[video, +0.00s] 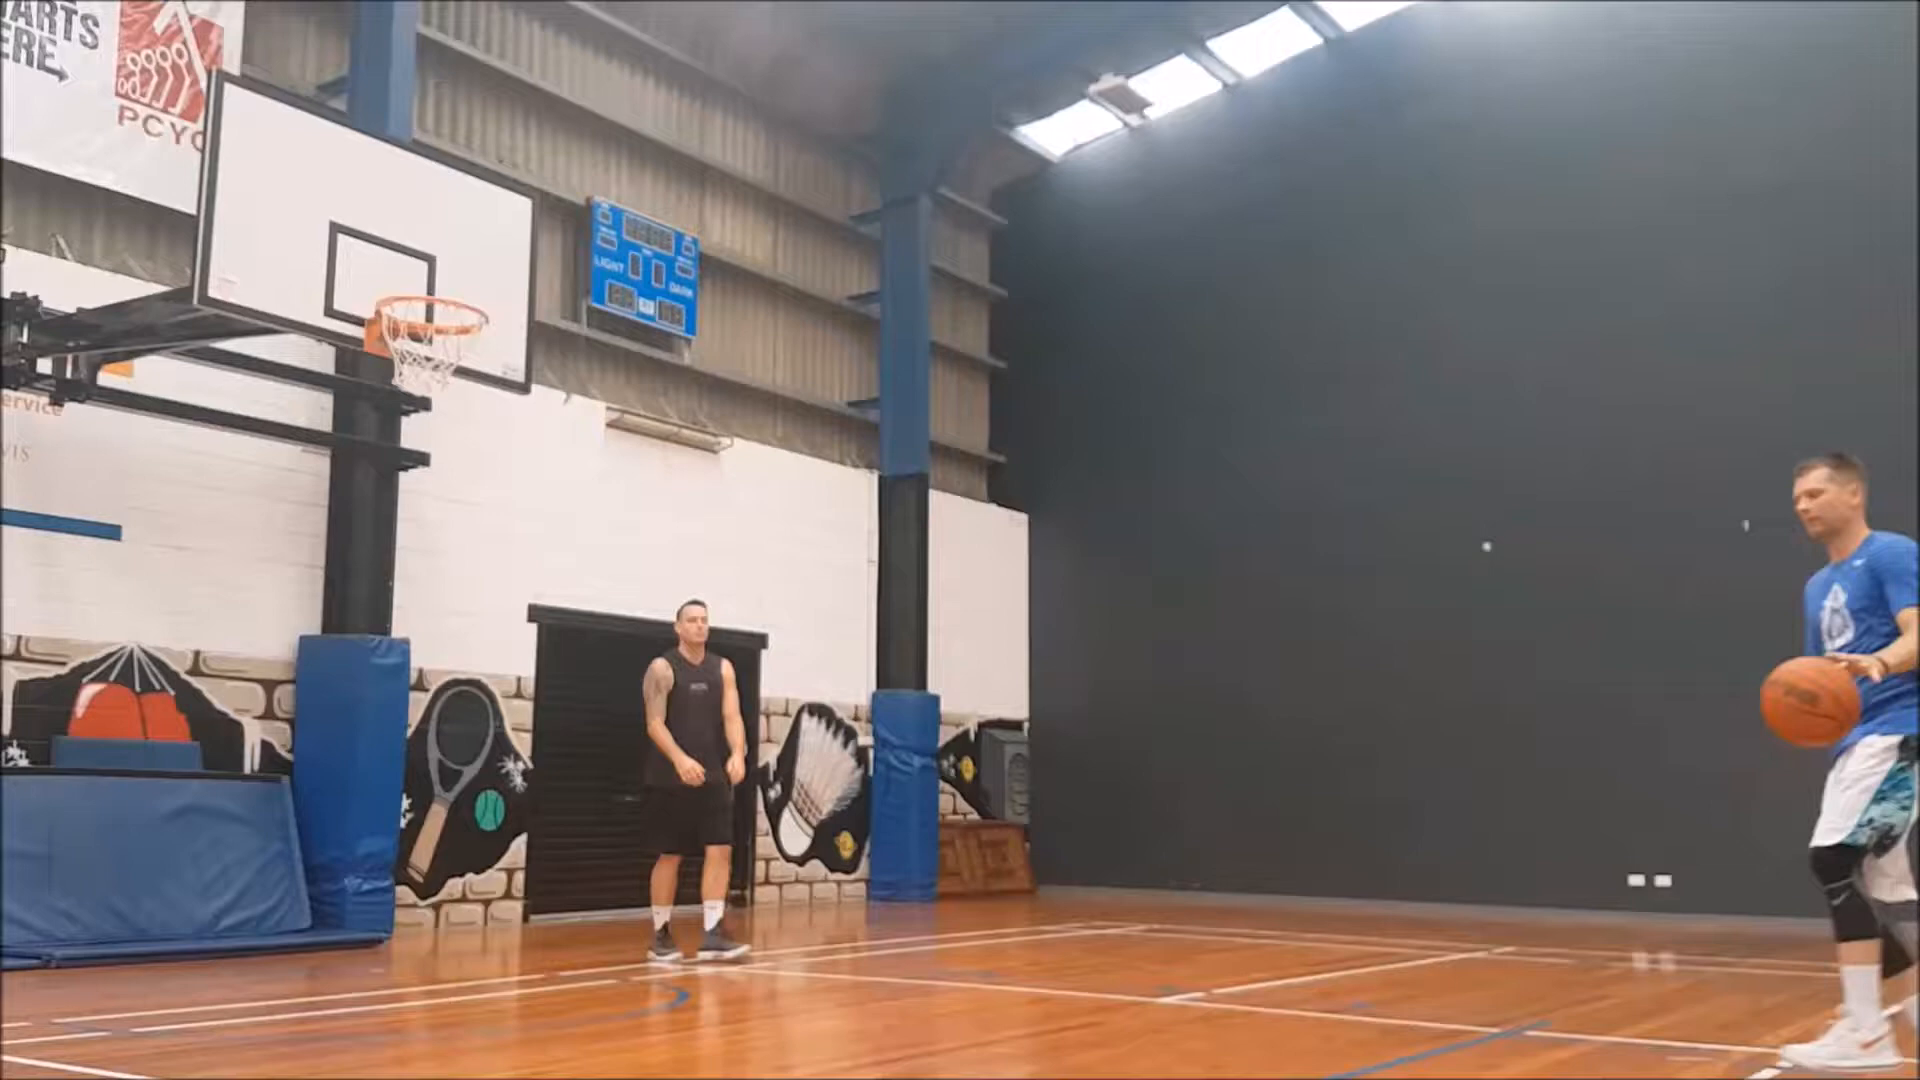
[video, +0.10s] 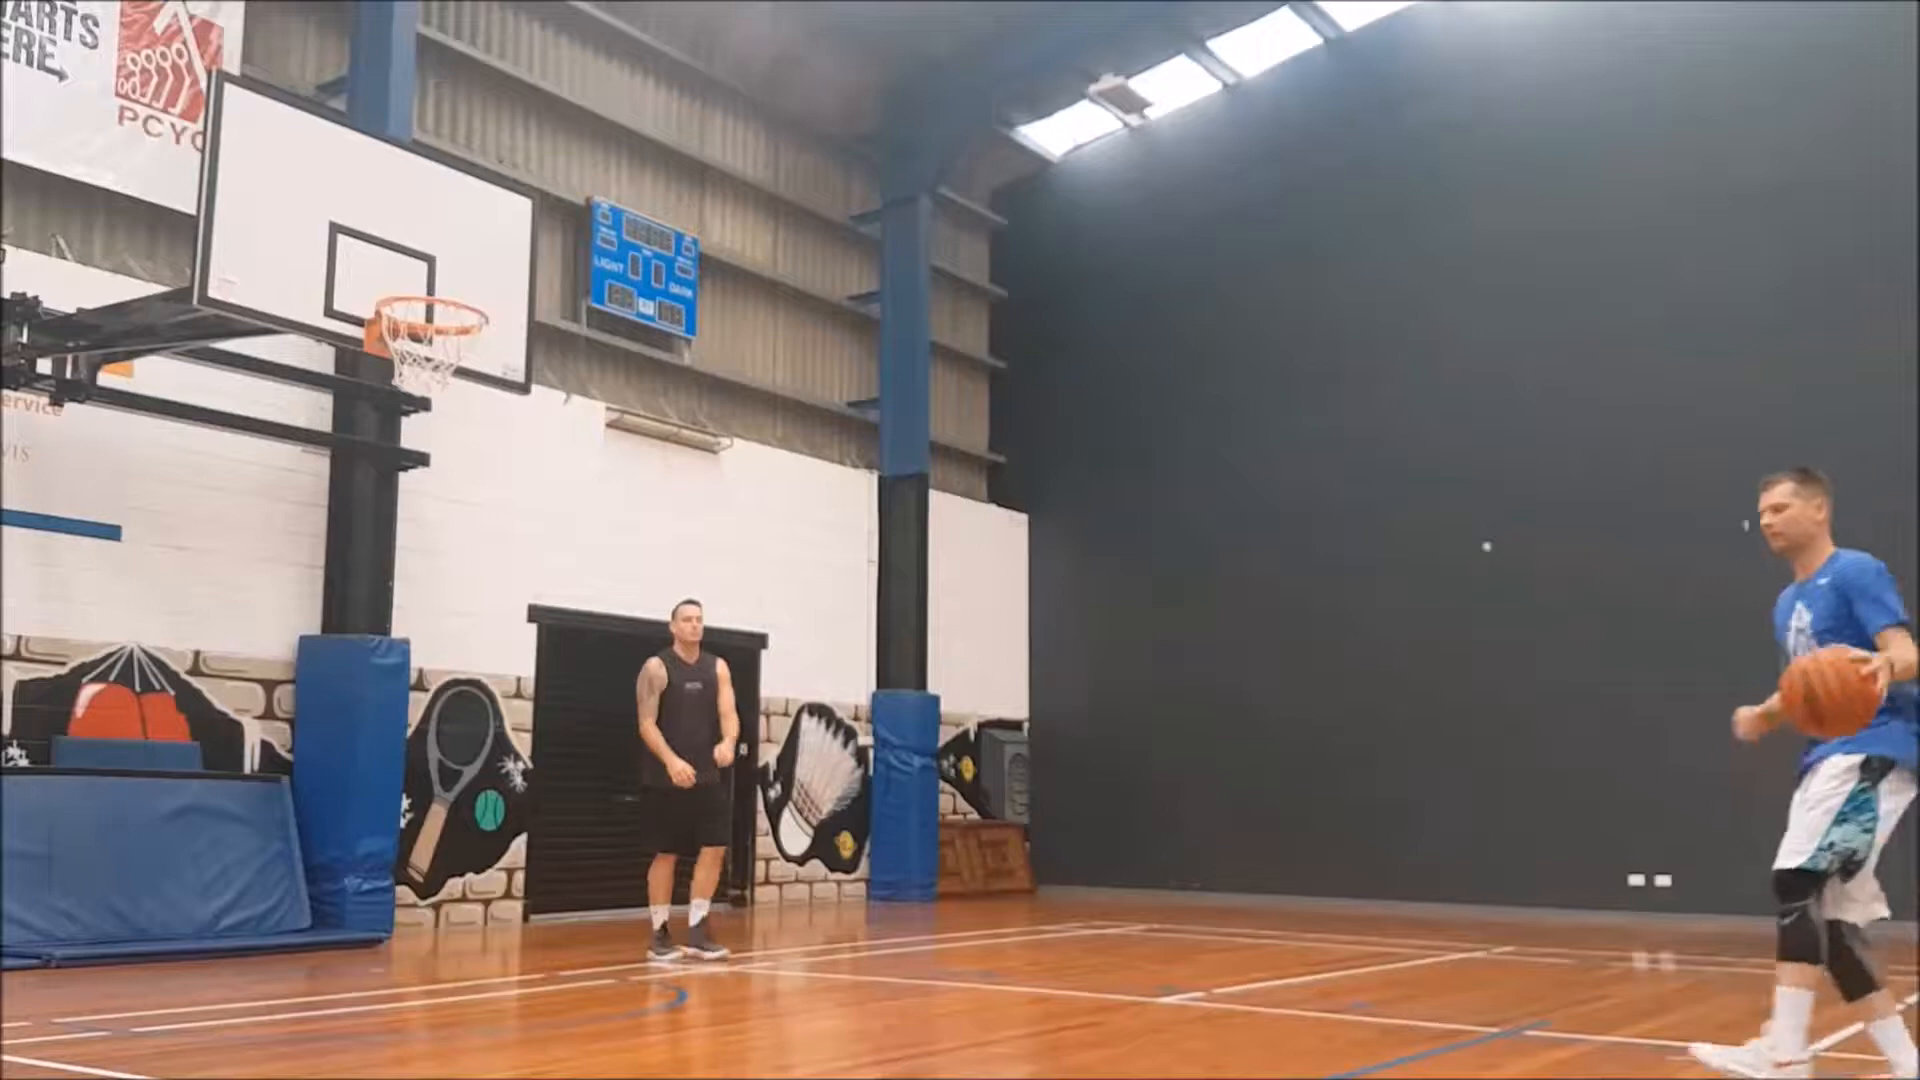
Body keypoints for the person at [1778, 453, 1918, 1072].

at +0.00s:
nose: (1803, 507)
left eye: (1815, 494)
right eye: (1799, 499)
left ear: (1854, 497)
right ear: (1801, 512)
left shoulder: (1893, 553)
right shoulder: (1817, 587)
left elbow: (1917, 638)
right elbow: (1825, 671)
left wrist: (1881, 662)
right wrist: (1803, 696)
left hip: (1898, 731)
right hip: (1865, 738)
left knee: (1834, 857)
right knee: (1886, 894)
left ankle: (1865, 1027)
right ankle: (1915, 1015)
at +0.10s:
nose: (1767, 521)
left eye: (1779, 509)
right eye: (1763, 513)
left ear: (1819, 512)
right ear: (1764, 525)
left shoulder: (1857, 570)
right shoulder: (1786, 603)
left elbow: (1904, 653)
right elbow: (1811, 682)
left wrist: (1884, 666)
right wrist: (1765, 713)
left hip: (1872, 751)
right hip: (1830, 758)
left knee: (1796, 877)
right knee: (1826, 922)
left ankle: (1785, 1046)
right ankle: (1905, 1059)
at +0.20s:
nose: (1703, 541)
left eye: (1718, 530)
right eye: (1703, 532)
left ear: (1759, 537)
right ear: (1712, 546)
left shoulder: (1800, 598)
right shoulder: (1734, 632)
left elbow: (1882, 678)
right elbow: (1761, 718)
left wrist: (1854, 707)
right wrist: (1712, 759)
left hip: (1818, 797)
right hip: (1780, 798)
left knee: (1740, 927)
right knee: (1782, 963)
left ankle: (1691, 1066)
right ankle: (1895, 1060)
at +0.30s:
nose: (1647, 552)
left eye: (1662, 541)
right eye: (1651, 542)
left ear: (1702, 555)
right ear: (1688, 558)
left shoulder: (1743, 623)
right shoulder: (1677, 649)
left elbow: (1813, 714)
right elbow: (1713, 747)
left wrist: (1756, 773)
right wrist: (1650, 793)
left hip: (1775, 816)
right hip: (1723, 812)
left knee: (1675, 940)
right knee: (1645, 938)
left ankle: (1659, 1071)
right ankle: (1795, 1021)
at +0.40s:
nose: (1607, 553)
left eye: (1622, 544)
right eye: (1614, 543)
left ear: (1656, 563)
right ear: (1643, 563)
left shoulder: (1699, 634)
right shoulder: (1629, 653)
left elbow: (1710, 746)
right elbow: (1635, 752)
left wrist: (1620, 799)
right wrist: (1582, 795)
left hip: (1726, 816)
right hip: (1667, 813)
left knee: (1612, 924)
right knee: (1570, 910)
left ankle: (1657, 1066)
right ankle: (1636, 1054)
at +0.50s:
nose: (1586, 543)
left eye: (1601, 536)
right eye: (1594, 534)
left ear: (1632, 557)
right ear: (1627, 558)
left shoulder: (1666, 633)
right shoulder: (1598, 641)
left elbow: (1608, 734)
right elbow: (1556, 715)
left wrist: (1498, 719)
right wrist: (1483, 705)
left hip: (1683, 819)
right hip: (1625, 813)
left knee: (1577, 933)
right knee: (1531, 922)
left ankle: (1647, 1073)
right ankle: (1543, 1069)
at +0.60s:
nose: (1573, 525)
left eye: (1588, 518)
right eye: (1581, 516)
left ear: (1618, 538)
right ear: (1614, 540)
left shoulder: (1641, 614)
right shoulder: (1581, 606)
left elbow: (1519, 641)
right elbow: (1482, 630)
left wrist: (1477, 560)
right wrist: (1466, 557)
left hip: (1634, 817)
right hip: (1579, 807)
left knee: (1546, 945)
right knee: (1499, 930)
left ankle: (1644, 1073)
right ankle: (1542, 1069)